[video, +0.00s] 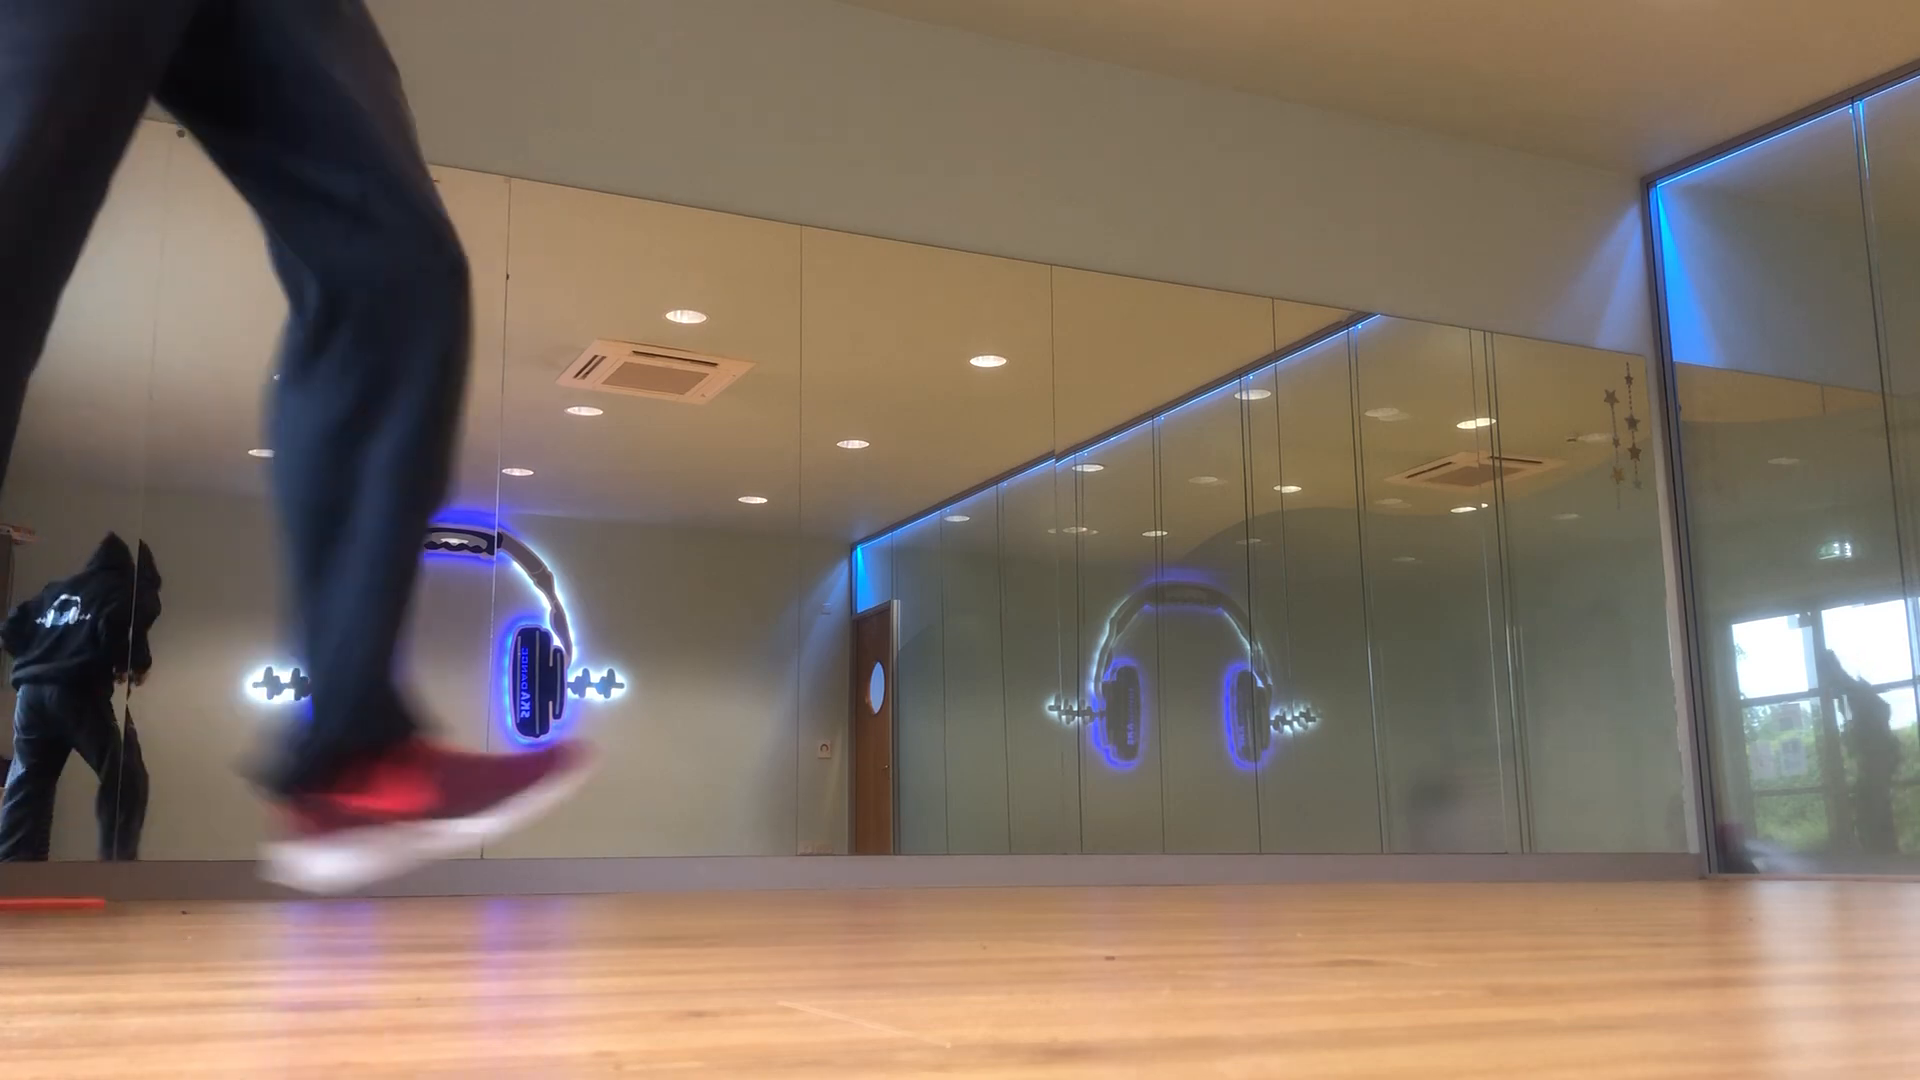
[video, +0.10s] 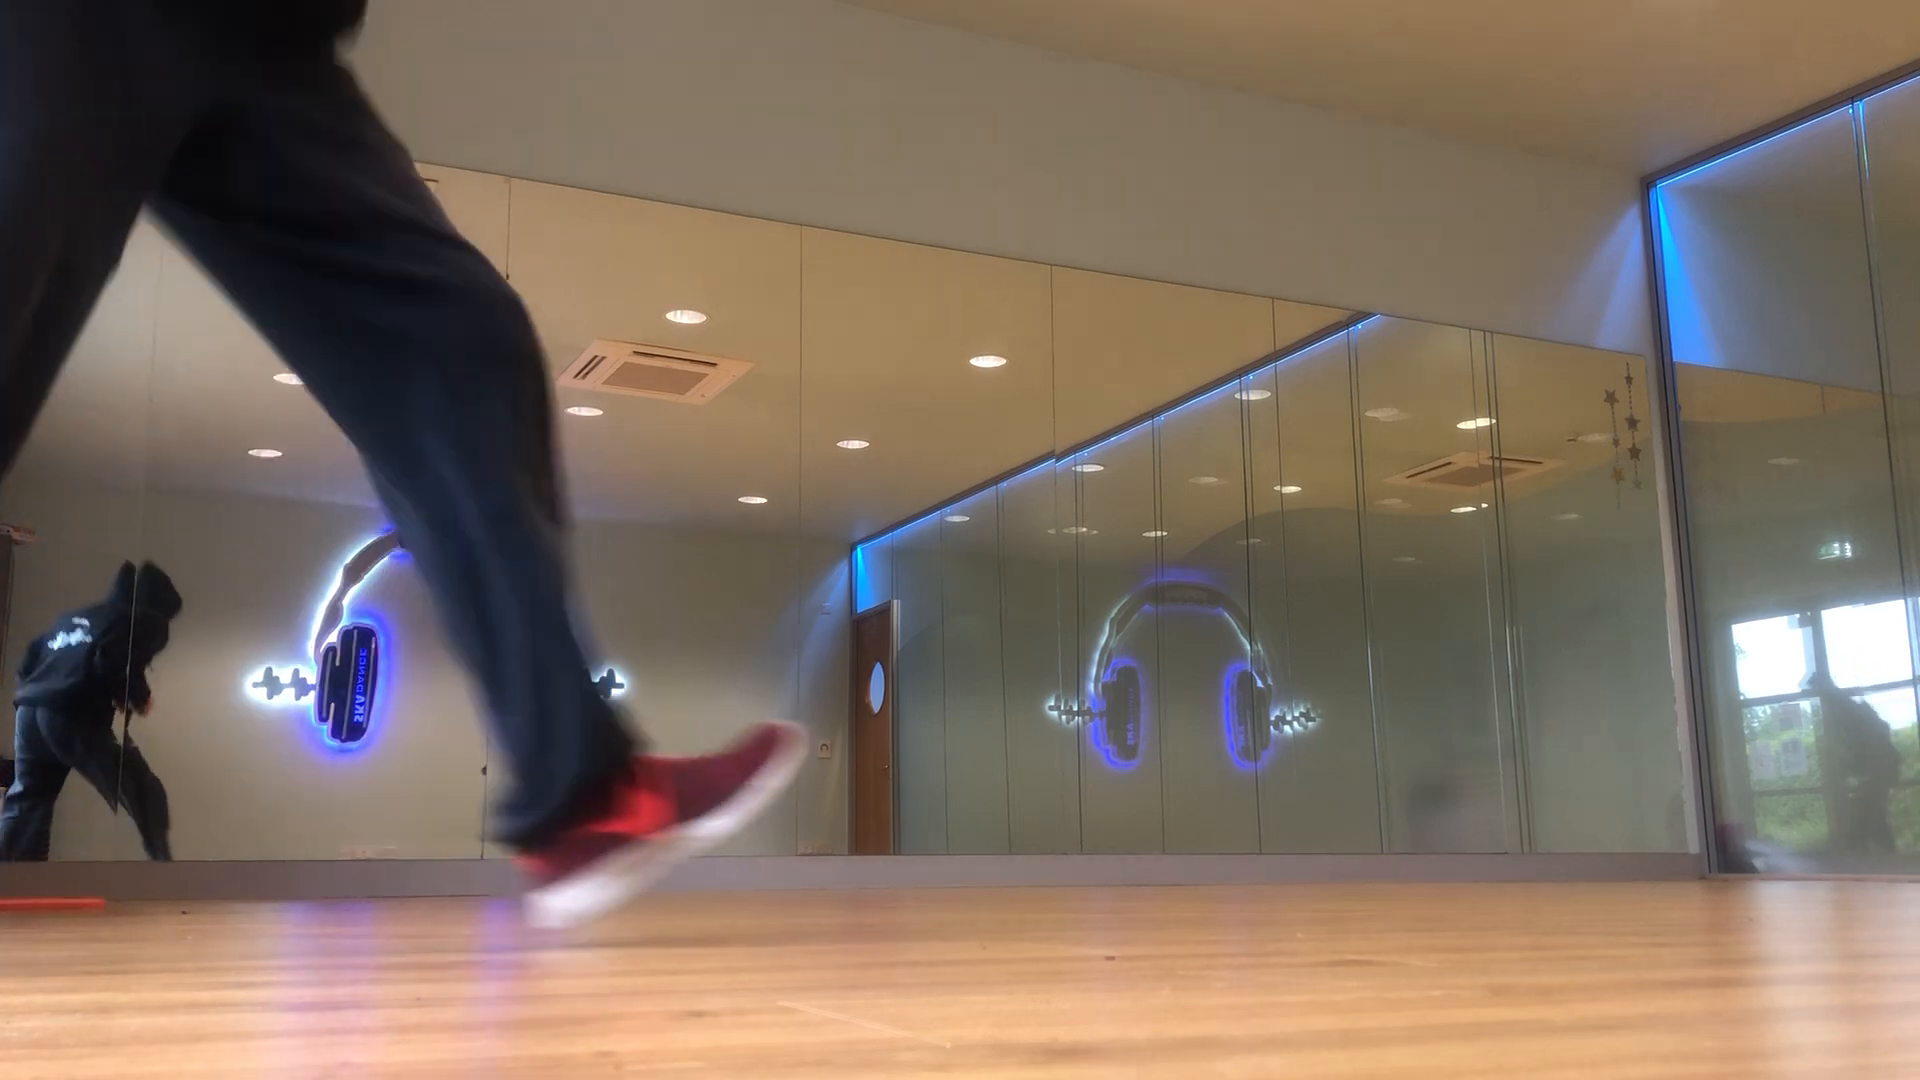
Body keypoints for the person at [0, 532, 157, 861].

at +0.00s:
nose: (154, 591)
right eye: (152, 585)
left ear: (95, 563)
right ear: (130, 569)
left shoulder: (59, 588)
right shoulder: (132, 590)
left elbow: (12, 625)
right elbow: (118, 621)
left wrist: (35, 657)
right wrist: (136, 664)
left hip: (30, 695)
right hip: (80, 695)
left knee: (27, 783)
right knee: (123, 776)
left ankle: (12, 870)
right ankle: (117, 870)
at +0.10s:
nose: (167, 619)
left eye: (170, 613)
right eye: (167, 612)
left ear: (128, 591)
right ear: (158, 603)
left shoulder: (80, 615)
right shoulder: (149, 620)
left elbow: (32, 655)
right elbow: (115, 654)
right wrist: (137, 694)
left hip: (29, 714)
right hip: (76, 715)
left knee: (25, 800)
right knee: (143, 789)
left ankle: (11, 881)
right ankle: (163, 867)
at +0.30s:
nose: (226, 633)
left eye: (226, 627)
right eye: (227, 627)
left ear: (196, 612)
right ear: (222, 623)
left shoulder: (151, 632)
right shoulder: (212, 642)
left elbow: (86, 666)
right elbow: (193, 681)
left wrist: (70, 713)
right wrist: (198, 716)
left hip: (84, 713)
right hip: (133, 718)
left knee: (62, 797)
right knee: (187, 794)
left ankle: (7, 863)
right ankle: (187, 882)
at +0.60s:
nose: (306, 589)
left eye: (308, 583)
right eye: (307, 582)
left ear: (273, 566)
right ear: (299, 574)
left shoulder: (231, 595)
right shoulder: (292, 597)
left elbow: (211, 650)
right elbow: (288, 653)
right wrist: (286, 684)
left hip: (211, 704)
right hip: (254, 707)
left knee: (215, 788)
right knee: (273, 786)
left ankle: (192, 874)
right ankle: (268, 874)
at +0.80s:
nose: (378, 602)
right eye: (378, 596)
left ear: (346, 584)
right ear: (372, 593)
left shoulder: (308, 617)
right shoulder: (360, 616)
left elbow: (292, 669)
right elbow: (363, 671)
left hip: (283, 716)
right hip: (323, 717)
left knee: (272, 797)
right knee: (354, 793)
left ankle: (211, 862)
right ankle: (363, 874)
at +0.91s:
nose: (410, 596)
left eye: (410, 589)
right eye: (409, 590)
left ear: (376, 580)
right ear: (403, 588)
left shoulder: (353, 615)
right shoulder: (389, 613)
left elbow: (319, 664)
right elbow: (410, 665)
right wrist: (403, 637)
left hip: (326, 720)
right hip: (354, 720)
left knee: (346, 797)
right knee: (378, 798)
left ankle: (265, 830)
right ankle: (364, 882)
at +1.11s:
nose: (470, 577)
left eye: (470, 571)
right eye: (468, 570)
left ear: (433, 562)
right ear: (458, 567)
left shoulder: (406, 596)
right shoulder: (449, 593)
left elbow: (378, 648)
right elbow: (487, 623)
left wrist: (377, 696)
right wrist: (526, 645)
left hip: (398, 697)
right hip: (418, 699)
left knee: (448, 773)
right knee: (408, 771)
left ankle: (443, 848)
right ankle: (364, 849)